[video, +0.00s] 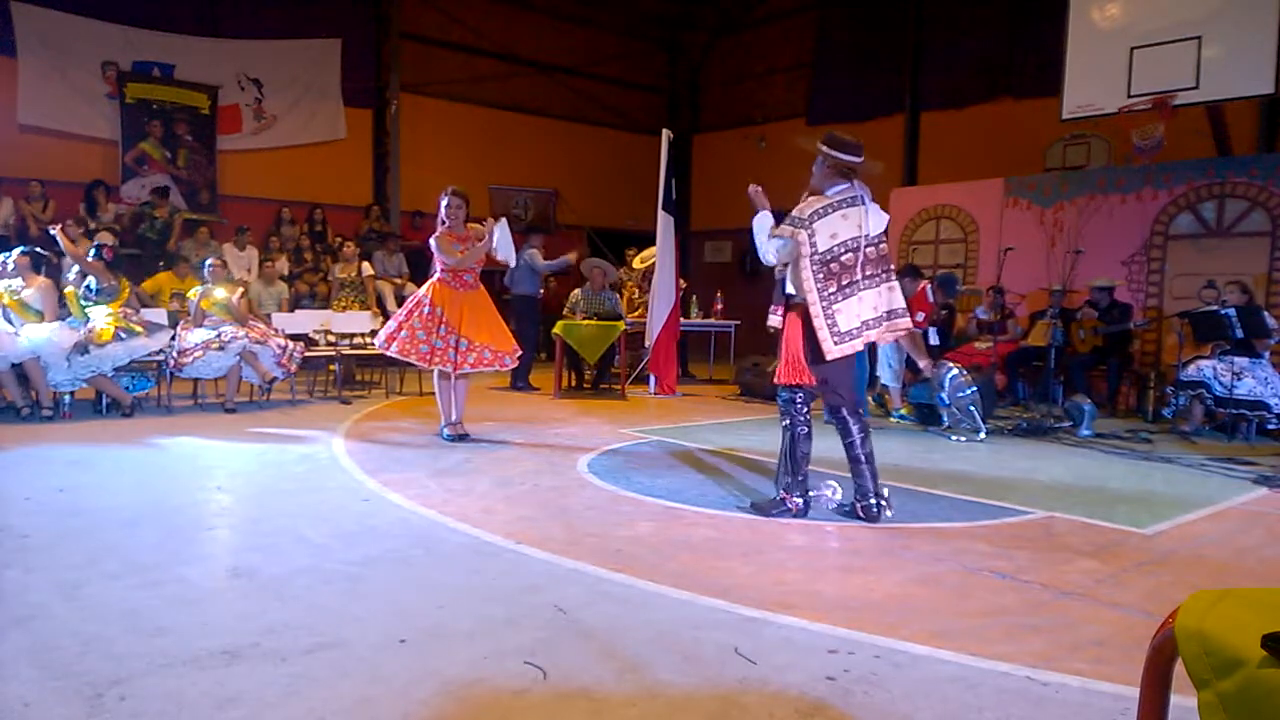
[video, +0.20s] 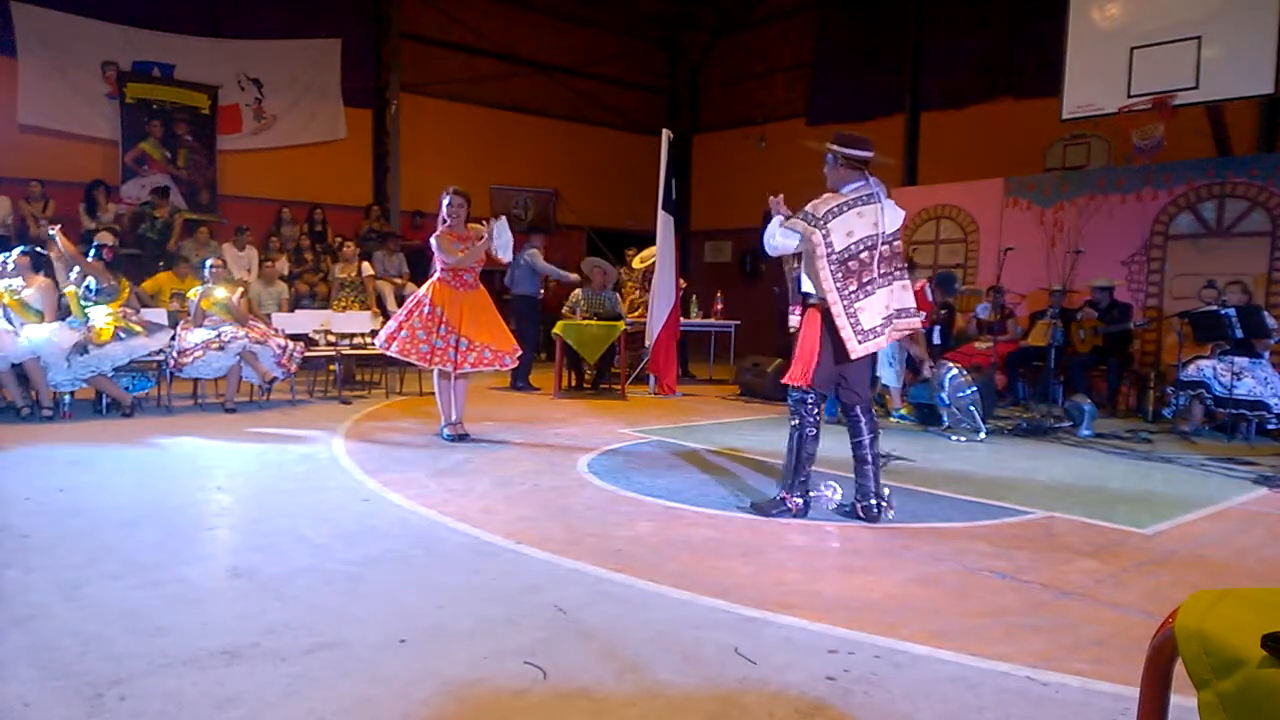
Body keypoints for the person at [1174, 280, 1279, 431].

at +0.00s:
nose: (1225, 296)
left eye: (1231, 292)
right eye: (1224, 293)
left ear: (1245, 297)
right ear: (1221, 296)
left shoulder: (1257, 314)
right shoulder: (1218, 315)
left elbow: (1264, 346)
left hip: (1252, 364)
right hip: (1223, 363)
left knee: (1247, 382)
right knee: (1198, 369)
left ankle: (1242, 426)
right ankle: (1195, 420)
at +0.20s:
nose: (1227, 296)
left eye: (1233, 292)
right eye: (1225, 293)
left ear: (1245, 297)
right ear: (1222, 296)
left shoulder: (1257, 315)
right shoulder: (1217, 315)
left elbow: (1264, 346)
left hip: (1252, 364)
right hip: (1222, 363)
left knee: (1247, 381)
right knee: (1198, 369)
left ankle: (1242, 426)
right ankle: (1195, 420)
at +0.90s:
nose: (1231, 296)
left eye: (1236, 292)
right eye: (1229, 293)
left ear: (1247, 296)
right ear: (1225, 296)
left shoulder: (1257, 314)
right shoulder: (1219, 315)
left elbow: (1264, 346)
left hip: (1253, 364)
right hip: (1222, 363)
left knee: (1248, 382)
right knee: (1198, 368)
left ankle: (1242, 426)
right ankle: (1195, 419)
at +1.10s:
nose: (1227, 296)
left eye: (1233, 292)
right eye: (1226, 293)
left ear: (1246, 297)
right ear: (1223, 296)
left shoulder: (1257, 315)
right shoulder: (1220, 316)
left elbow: (1264, 346)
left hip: (1253, 364)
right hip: (1224, 363)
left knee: (1247, 381)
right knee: (1199, 368)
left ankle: (1242, 426)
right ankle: (1196, 419)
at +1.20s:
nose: (1227, 296)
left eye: (1233, 292)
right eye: (1226, 293)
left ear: (1246, 297)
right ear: (1223, 296)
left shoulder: (1257, 314)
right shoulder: (1219, 315)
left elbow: (1264, 345)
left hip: (1253, 364)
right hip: (1223, 363)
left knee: (1247, 381)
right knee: (1198, 368)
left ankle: (1243, 426)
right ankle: (1195, 419)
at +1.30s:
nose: (1227, 296)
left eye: (1233, 292)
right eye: (1225, 293)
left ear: (1246, 297)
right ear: (1222, 296)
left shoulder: (1257, 314)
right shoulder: (1218, 315)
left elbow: (1264, 345)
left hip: (1252, 364)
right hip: (1222, 363)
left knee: (1247, 381)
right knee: (1198, 368)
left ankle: (1243, 425)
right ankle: (1195, 419)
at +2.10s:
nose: (1239, 297)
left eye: (1243, 293)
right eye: (1234, 293)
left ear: (1249, 296)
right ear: (1226, 297)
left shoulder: (1258, 314)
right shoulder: (1218, 314)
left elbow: (1265, 344)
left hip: (1253, 363)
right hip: (1222, 362)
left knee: (1247, 381)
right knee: (1198, 368)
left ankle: (1243, 426)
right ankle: (1196, 419)